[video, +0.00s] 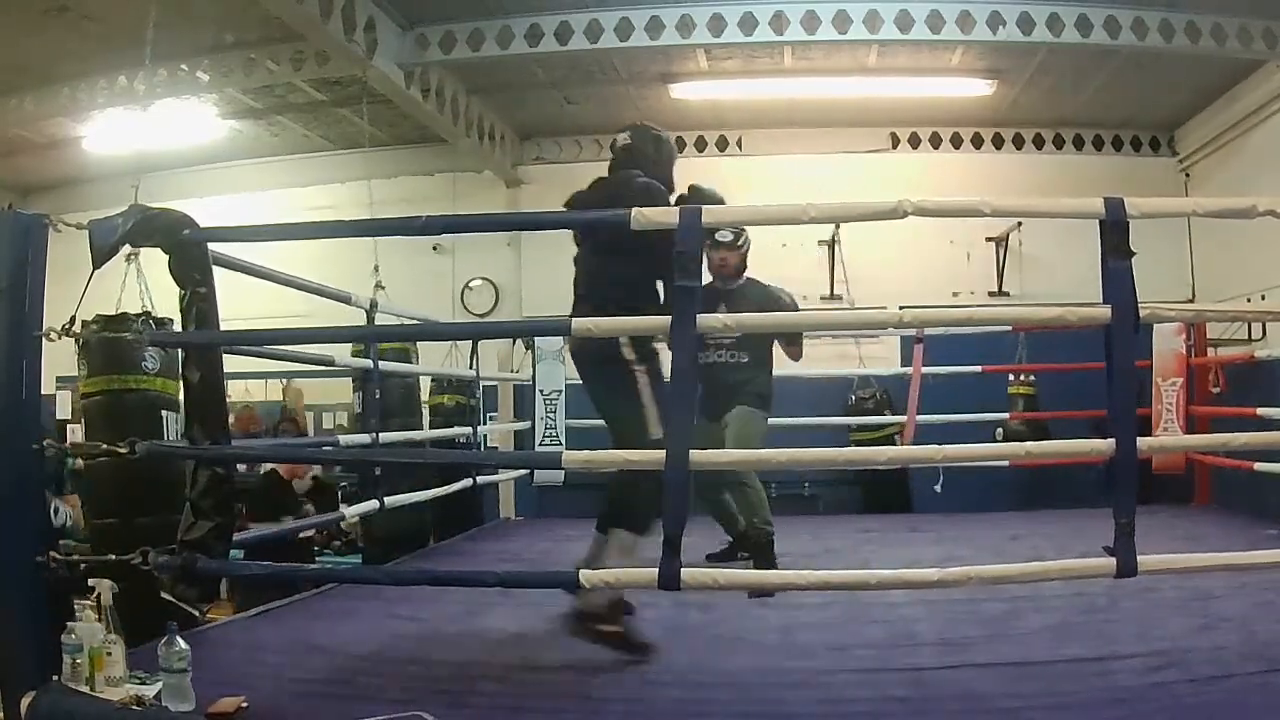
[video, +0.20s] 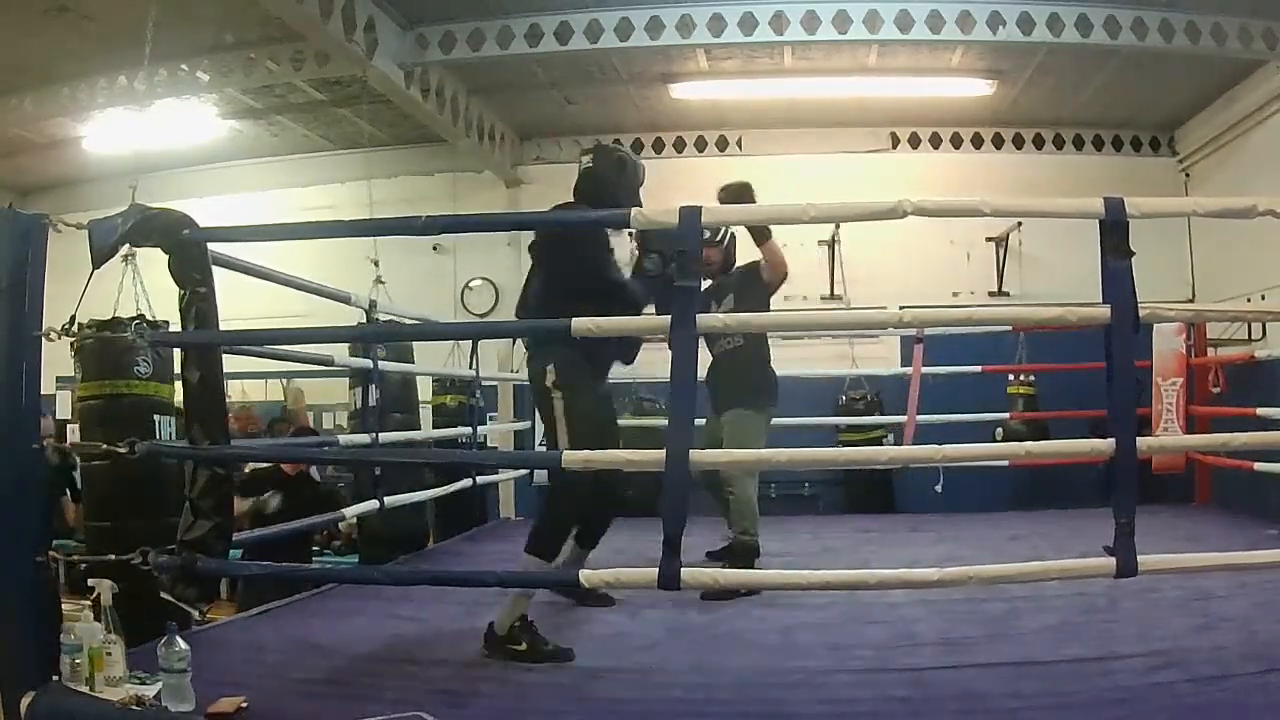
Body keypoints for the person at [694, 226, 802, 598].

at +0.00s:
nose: (720, 257)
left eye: (728, 250)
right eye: (714, 251)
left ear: (743, 253)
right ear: (706, 255)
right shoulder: (697, 299)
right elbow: (679, 342)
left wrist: (788, 313)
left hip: (749, 397)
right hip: (709, 398)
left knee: (736, 465)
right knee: (700, 471)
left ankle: (764, 555)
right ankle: (742, 539)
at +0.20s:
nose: (704, 259)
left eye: (711, 250)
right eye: (700, 252)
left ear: (728, 249)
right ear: (696, 256)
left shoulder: (749, 278)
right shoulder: (706, 293)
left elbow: (778, 270)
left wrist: (751, 221)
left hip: (750, 390)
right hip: (722, 392)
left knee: (738, 467)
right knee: (714, 466)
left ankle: (746, 554)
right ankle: (741, 538)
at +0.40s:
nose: (685, 281)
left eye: (689, 273)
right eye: (680, 276)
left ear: (709, 270)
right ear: (680, 279)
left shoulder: (743, 297)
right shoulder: (697, 309)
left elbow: (767, 341)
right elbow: (687, 350)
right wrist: (662, 315)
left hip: (762, 405)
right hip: (735, 407)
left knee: (713, 466)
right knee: (714, 469)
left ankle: (736, 552)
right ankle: (764, 533)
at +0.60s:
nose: (673, 323)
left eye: (677, 317)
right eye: (671, 317)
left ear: (695, 318)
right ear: (702, 318)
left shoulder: (729, 333)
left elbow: (741, 360)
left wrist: (698, 353)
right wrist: (670, 382)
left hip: (771, 432)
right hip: (754, 433)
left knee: (702, 474)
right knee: (731, 476)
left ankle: (725, 563)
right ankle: (777, 541)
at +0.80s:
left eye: (695, 274)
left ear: (713, 269)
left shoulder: (743, 286)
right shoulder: (723, 313)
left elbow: (750, 304)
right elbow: (702, 357)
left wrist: (717, 286)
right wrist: (679, 323)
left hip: (767, 393)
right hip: (756, 396)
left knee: (735, 466)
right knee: (744, 470)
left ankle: (730, 549)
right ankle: (777, 539)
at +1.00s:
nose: (707, 249)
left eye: (712, 241)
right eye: (705, 243)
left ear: (730, 239)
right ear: (711, 247)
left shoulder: (758, 266)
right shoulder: (730, 287)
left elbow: (765, 294)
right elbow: (707, 328)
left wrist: (722, 267)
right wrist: (680, 286)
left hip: (768, 382)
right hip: (752, 382)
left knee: (745, 456)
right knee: (753, 455)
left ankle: (751, 549)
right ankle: (784, 534)